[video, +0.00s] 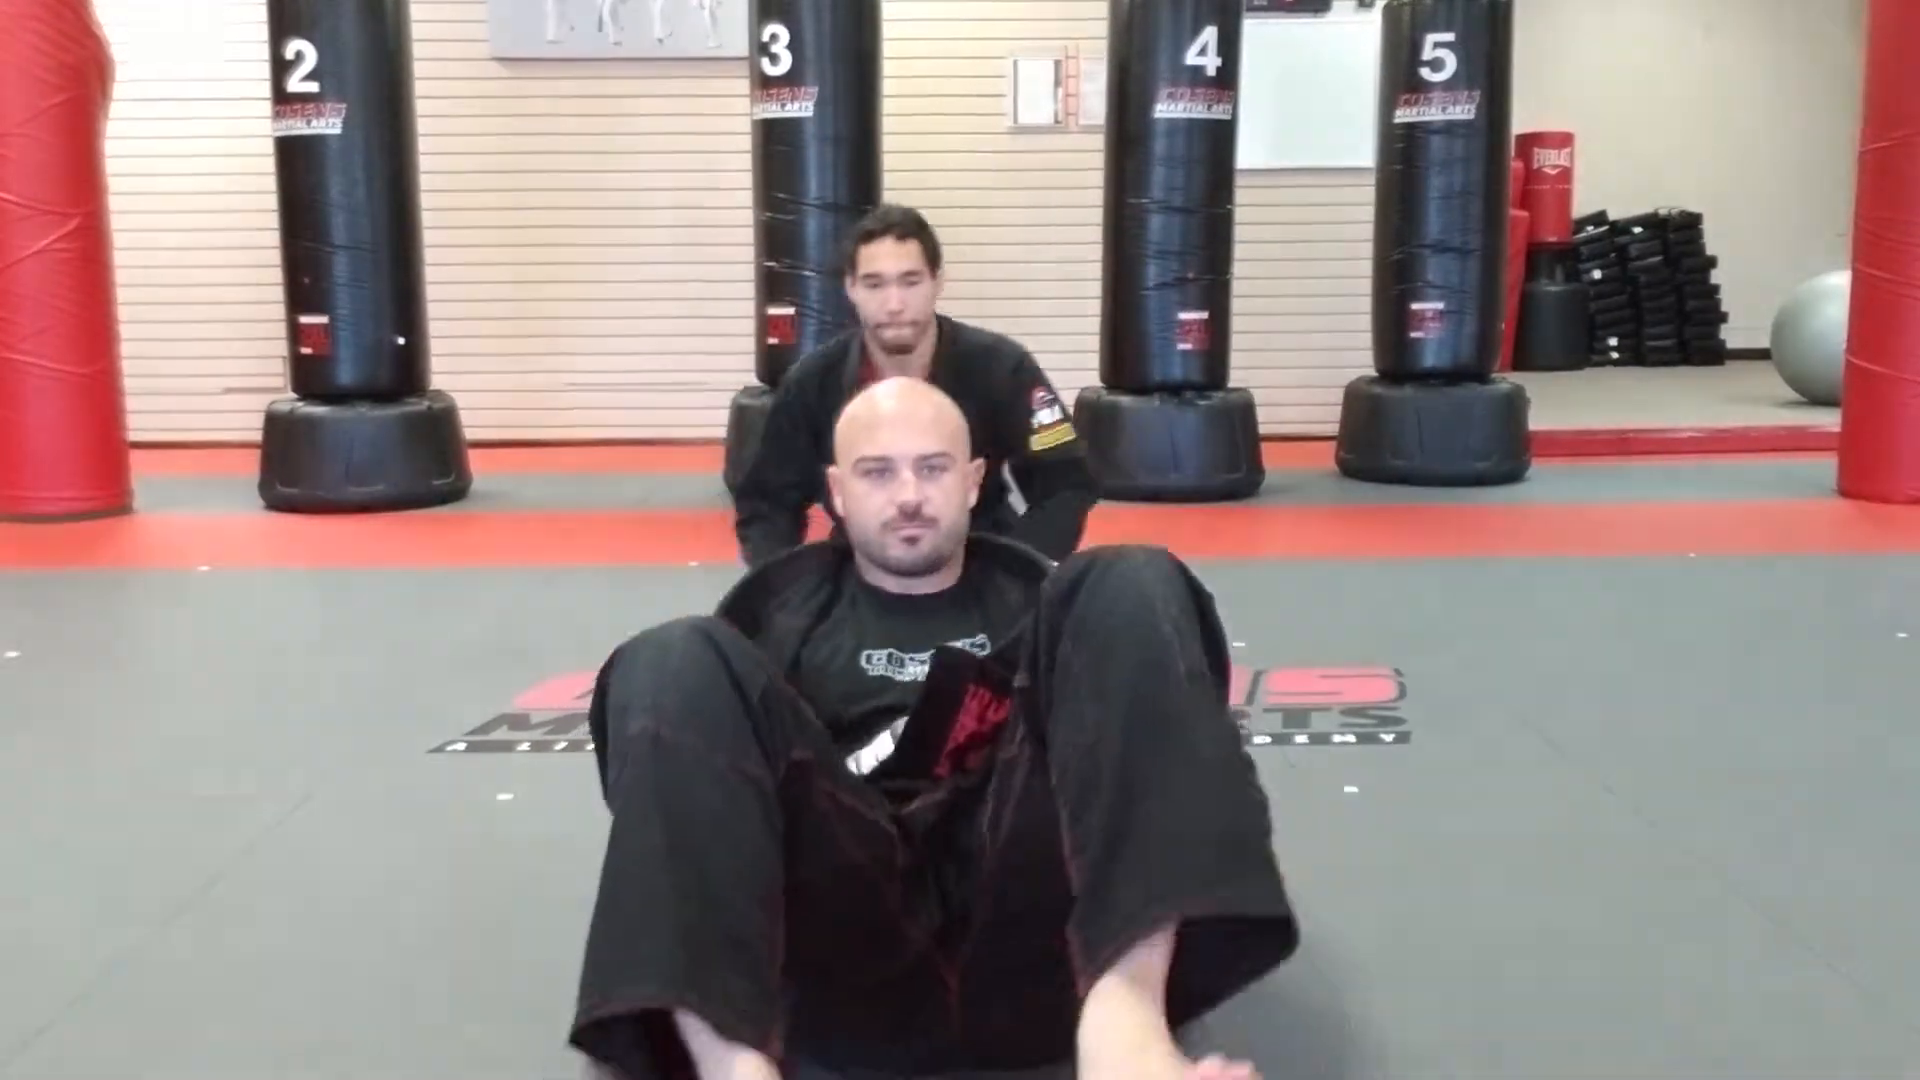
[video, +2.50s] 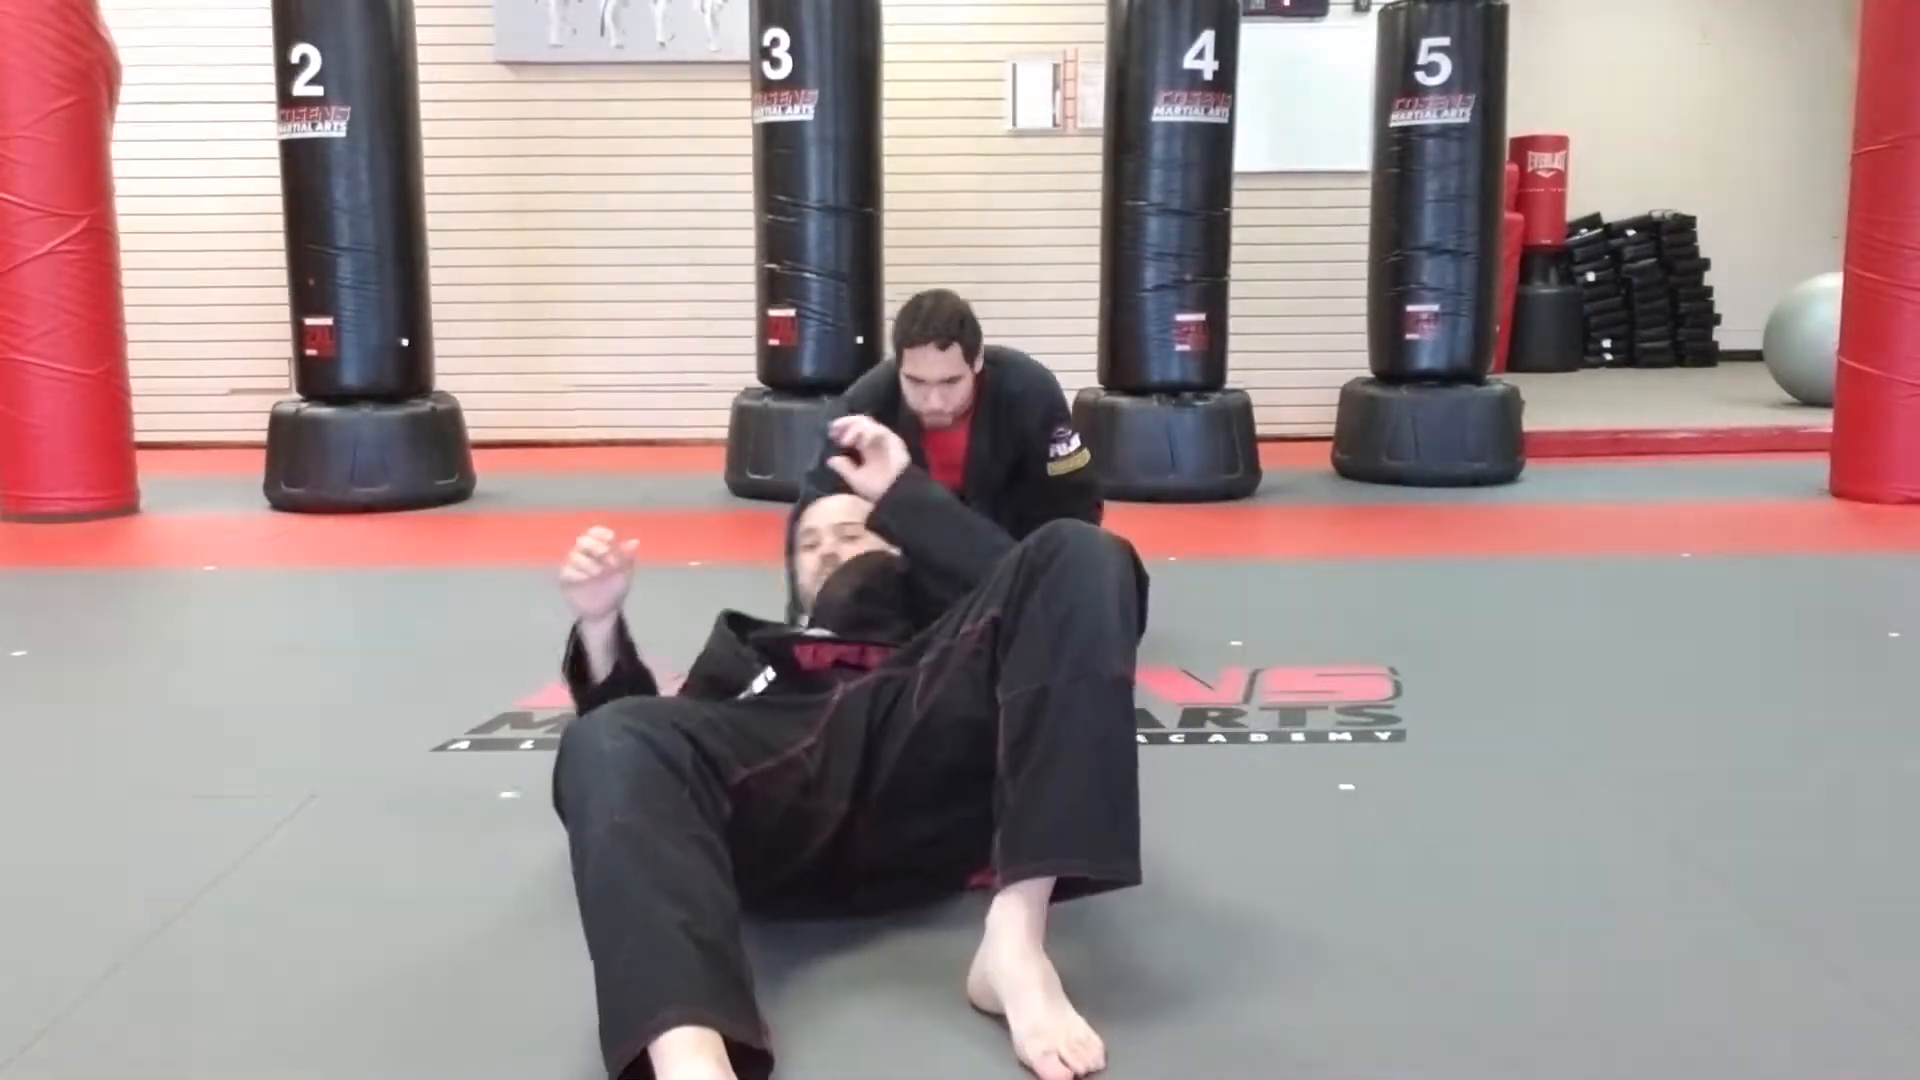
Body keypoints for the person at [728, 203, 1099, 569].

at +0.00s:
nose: (894, 303)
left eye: (910, 282)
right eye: (875, 284)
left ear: (937, 284)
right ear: (851, 290)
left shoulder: (1000, 369)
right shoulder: (814, 383)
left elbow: (1067, 486)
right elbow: (765, 502)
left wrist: (1011, 584)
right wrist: (788, 599)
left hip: (983, 586)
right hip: (856, 587)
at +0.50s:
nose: (943, 246)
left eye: (960, 228)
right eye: (925, 228)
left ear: (983, 240)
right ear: (901, 241)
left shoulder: (1028, 341)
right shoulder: (852, 338)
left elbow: (1055, 443)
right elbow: (804, 452)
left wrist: (1048, 518)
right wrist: (860, 518)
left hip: (994, 543)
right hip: (888, 544)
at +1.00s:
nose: (928, 250)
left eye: (945, 232)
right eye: (911, 232)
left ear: (969, 245)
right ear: (890, 244)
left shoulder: (1016, 341)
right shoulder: (839, 338)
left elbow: (1061, 486)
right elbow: (796, 456)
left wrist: (1034, 457)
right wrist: (846, 474)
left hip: (978, 540)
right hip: (870, 539)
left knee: (1080, 623)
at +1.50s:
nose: (926, 370)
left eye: (947, 350)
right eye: (910, 345)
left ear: (973, 336)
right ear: (885, 322)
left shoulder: (1014, 396)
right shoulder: (825, 376)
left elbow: (1068, 545)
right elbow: (757, 517)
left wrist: (1083, 675)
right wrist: (745, 640)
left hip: (972, 584)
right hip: (853, 579)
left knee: (1042, 678)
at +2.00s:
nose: (854, 420)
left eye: (876, 403)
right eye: (840, 397)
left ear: (922, 380)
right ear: (828, 370)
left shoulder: (995, 387)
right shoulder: (804, 391)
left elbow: (1062, 530)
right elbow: (753, 513)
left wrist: (1089, 641)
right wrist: (742, 646)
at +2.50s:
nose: (933, 402)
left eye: (950, 384)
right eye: (917, 383)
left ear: (977, 364)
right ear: (898, 366)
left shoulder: (1030, 394)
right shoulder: (864, 408)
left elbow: (1074, 509)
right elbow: (820, 516)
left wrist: (1042, 594)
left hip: (1002, 576)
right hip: (895, 579)